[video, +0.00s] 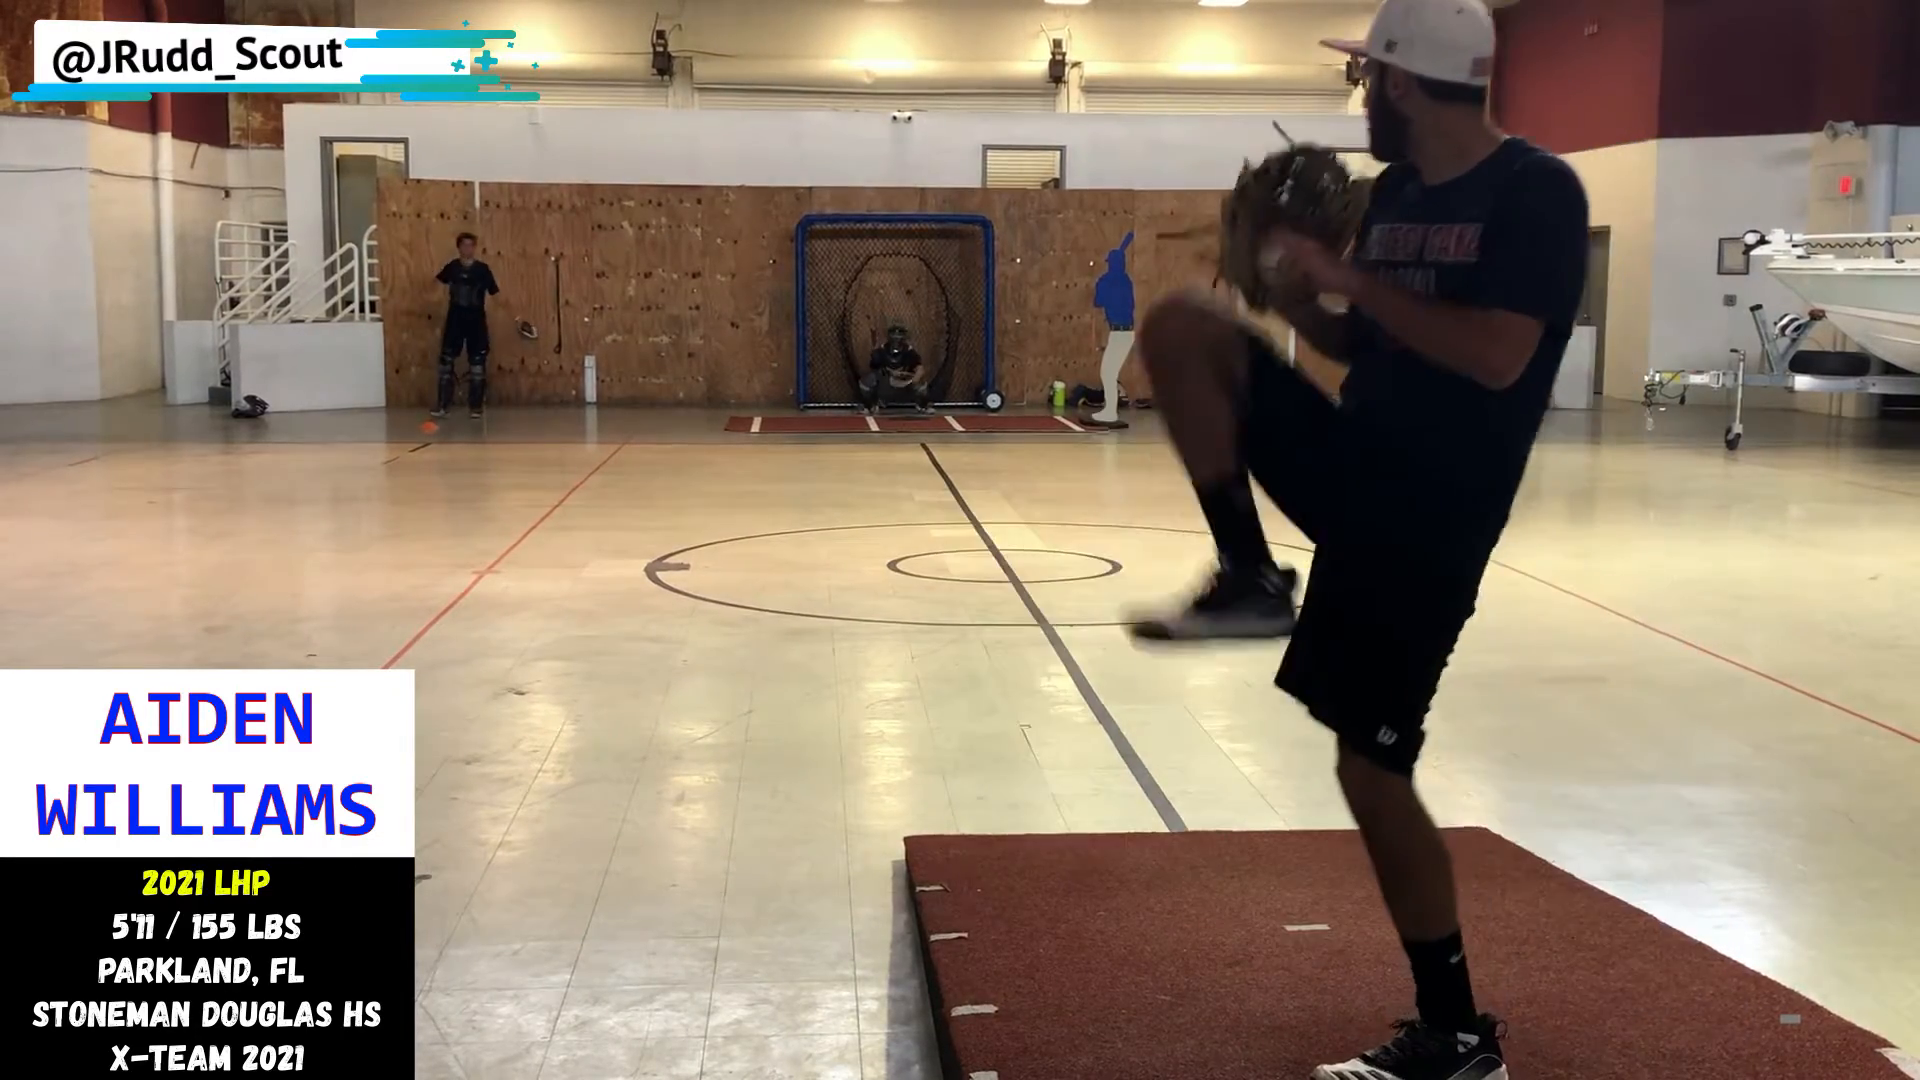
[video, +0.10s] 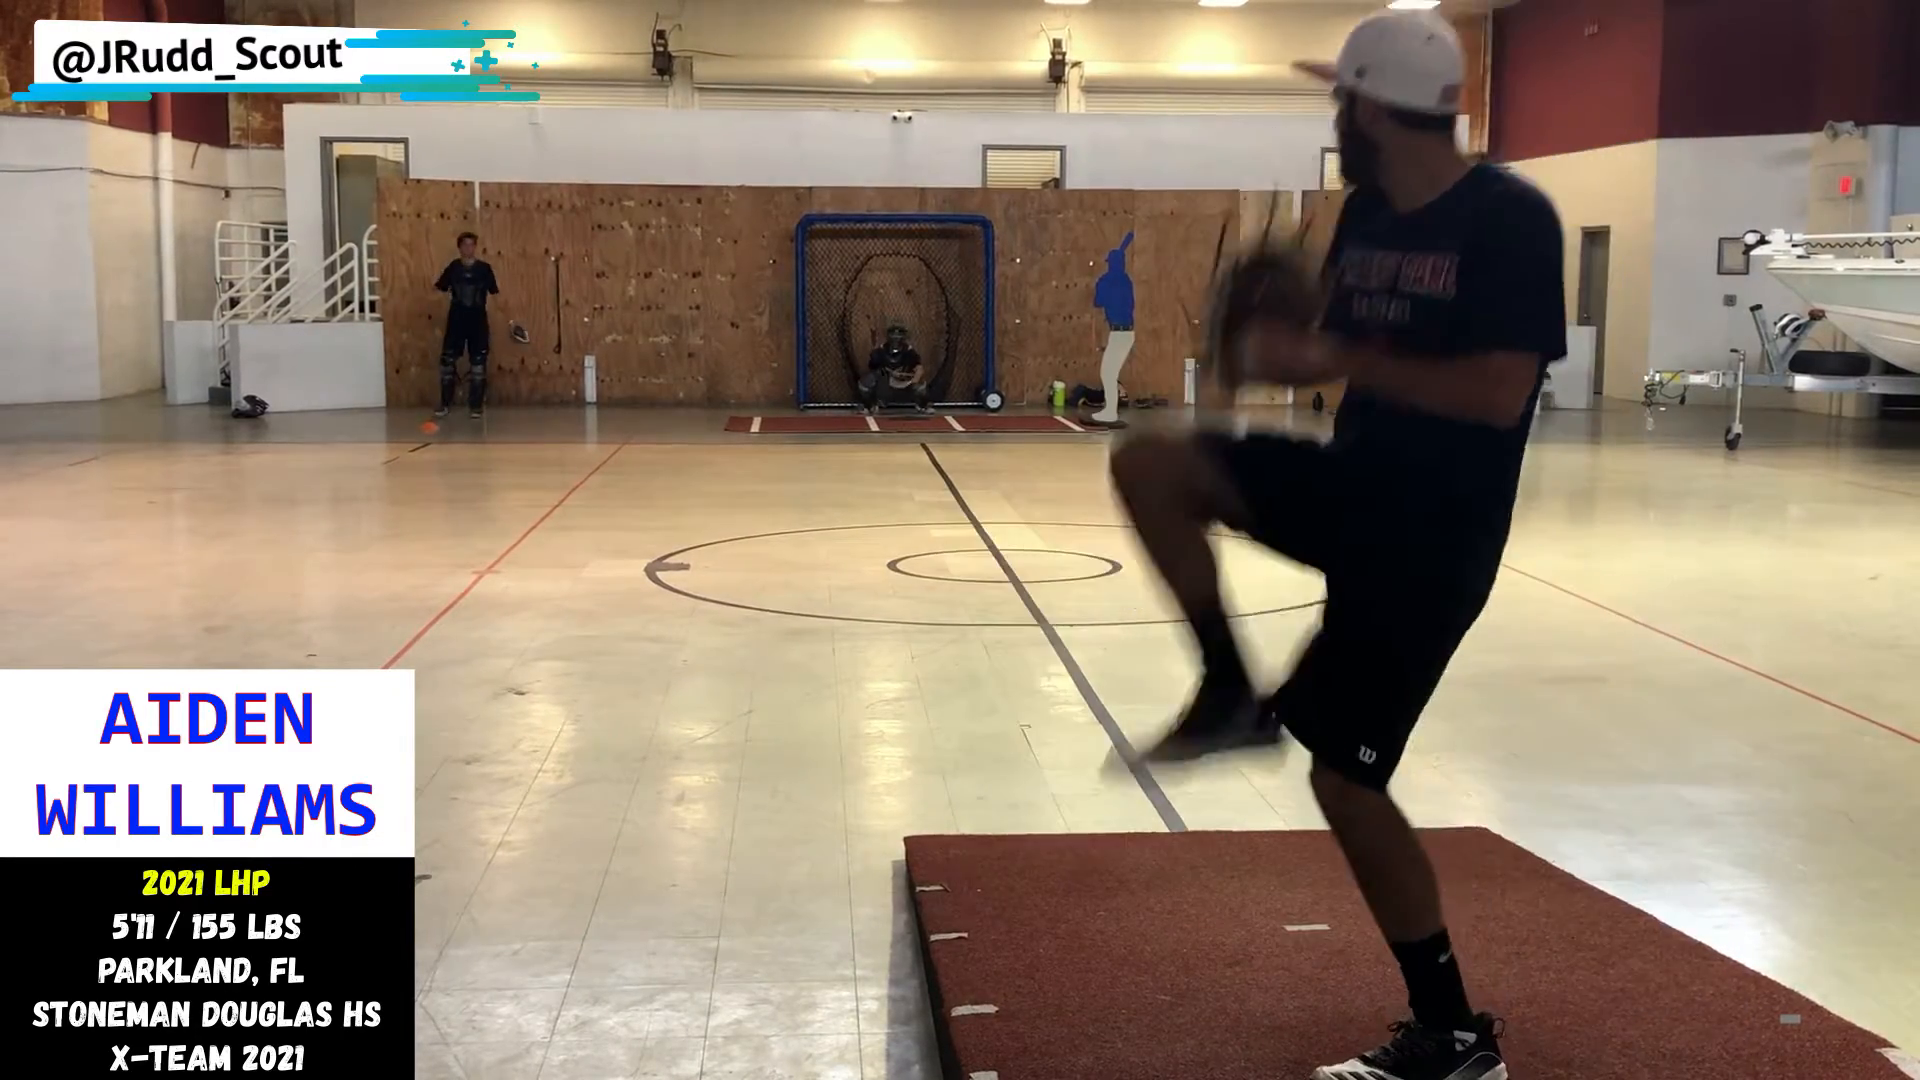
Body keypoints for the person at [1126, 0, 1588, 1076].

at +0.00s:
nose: (1363, 97)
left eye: (1372, 78)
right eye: (1365, 78)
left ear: (1411, 83)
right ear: (1423, 85)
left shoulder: (1541, 191)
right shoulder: (1395, 197)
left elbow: (1500, 353)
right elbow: (1371, 360)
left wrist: (1349, 281)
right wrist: (1292, 300)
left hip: (1431, 520)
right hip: (1348, 470)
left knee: (1371, 772)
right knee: (1181, 324)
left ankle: (1451, 1031)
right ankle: (1248, 573)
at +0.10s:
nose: (1336, 122)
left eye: (1347, 105)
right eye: (1339, 103)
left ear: (1383, 110)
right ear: (1410, 109)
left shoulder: (1515, 218)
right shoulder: (1365, 215)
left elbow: (1500, 395)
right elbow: (1340, 352)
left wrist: (1335, 355)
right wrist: (1270, 332)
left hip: (1438, 532)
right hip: (1349, 488)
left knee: (1342, 770)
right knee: (1149, 465)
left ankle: (1448, 1027)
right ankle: (1230, 690)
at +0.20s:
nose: (1307, 180)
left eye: (1317, 164)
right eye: (1309, 162)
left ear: (1356, 174)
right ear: (1381, 172)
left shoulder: (1492, 279)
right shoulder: (1333, 268)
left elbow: (1501, 453)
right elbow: (1262, 377)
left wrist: (1332, 520)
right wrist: (1176, 460)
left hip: (1441, 556)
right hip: (1341, 528)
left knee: (1325, 778)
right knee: (1147, 606)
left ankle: (1444, 1029)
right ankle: (1163, 828)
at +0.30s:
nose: (1285, 269)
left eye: (1292, 254)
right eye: (1287, 254)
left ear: (1312, 258)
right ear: (1384, 249)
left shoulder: (1466, 354)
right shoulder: (1297, 331)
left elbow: (1522, 525)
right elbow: (1184, 408)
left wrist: (1486, 663)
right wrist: (1082, 518)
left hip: (1416, 602)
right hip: (1322, 568)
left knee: (1296, 793)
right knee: (1154, 680)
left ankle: (1439, 1028)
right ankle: (1134, 858)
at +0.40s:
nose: (1231, 323)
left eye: (1238, 308)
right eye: (1235, 308)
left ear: (1263, 320)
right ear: (1324, 312)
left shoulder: (1422, 416)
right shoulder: (1252, 382)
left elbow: (1537, 543)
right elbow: (1151, 407)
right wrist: (1048, 474)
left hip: (1379, 634)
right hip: (1292, 602)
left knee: (1264, 808)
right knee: (1159, 705)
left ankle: (1434, 1027)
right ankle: (1150, 831)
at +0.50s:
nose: (1190, 325)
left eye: (1197, 315)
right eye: (1193, 316)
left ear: (1219, 327)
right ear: (1279, 322)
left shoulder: (1367, 407)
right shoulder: (1208, 379)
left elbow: (1482, 494)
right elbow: (1158, 366)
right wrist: (1096, 394)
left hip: (1328, 640)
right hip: (1260, 618)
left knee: (1261, 854)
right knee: (1168, 686)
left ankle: (1418, 1016)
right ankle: (1165, 825)